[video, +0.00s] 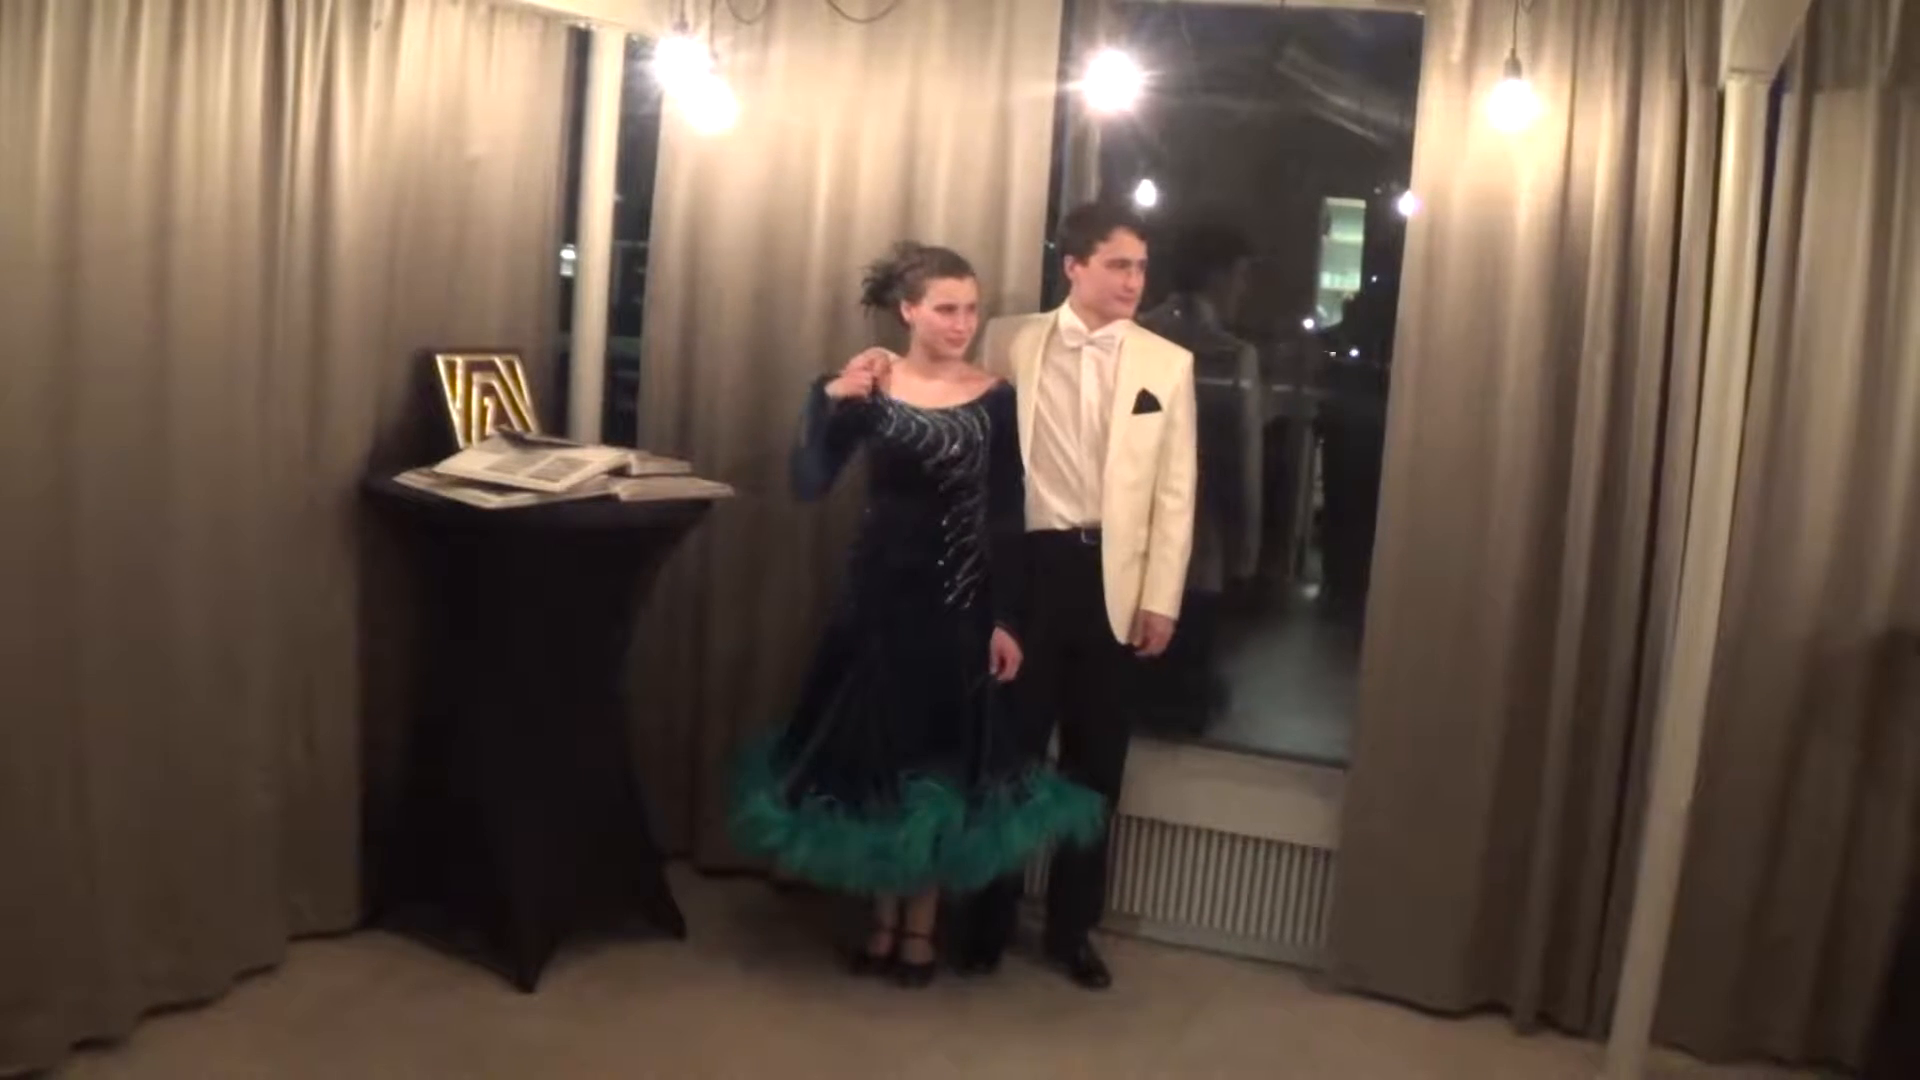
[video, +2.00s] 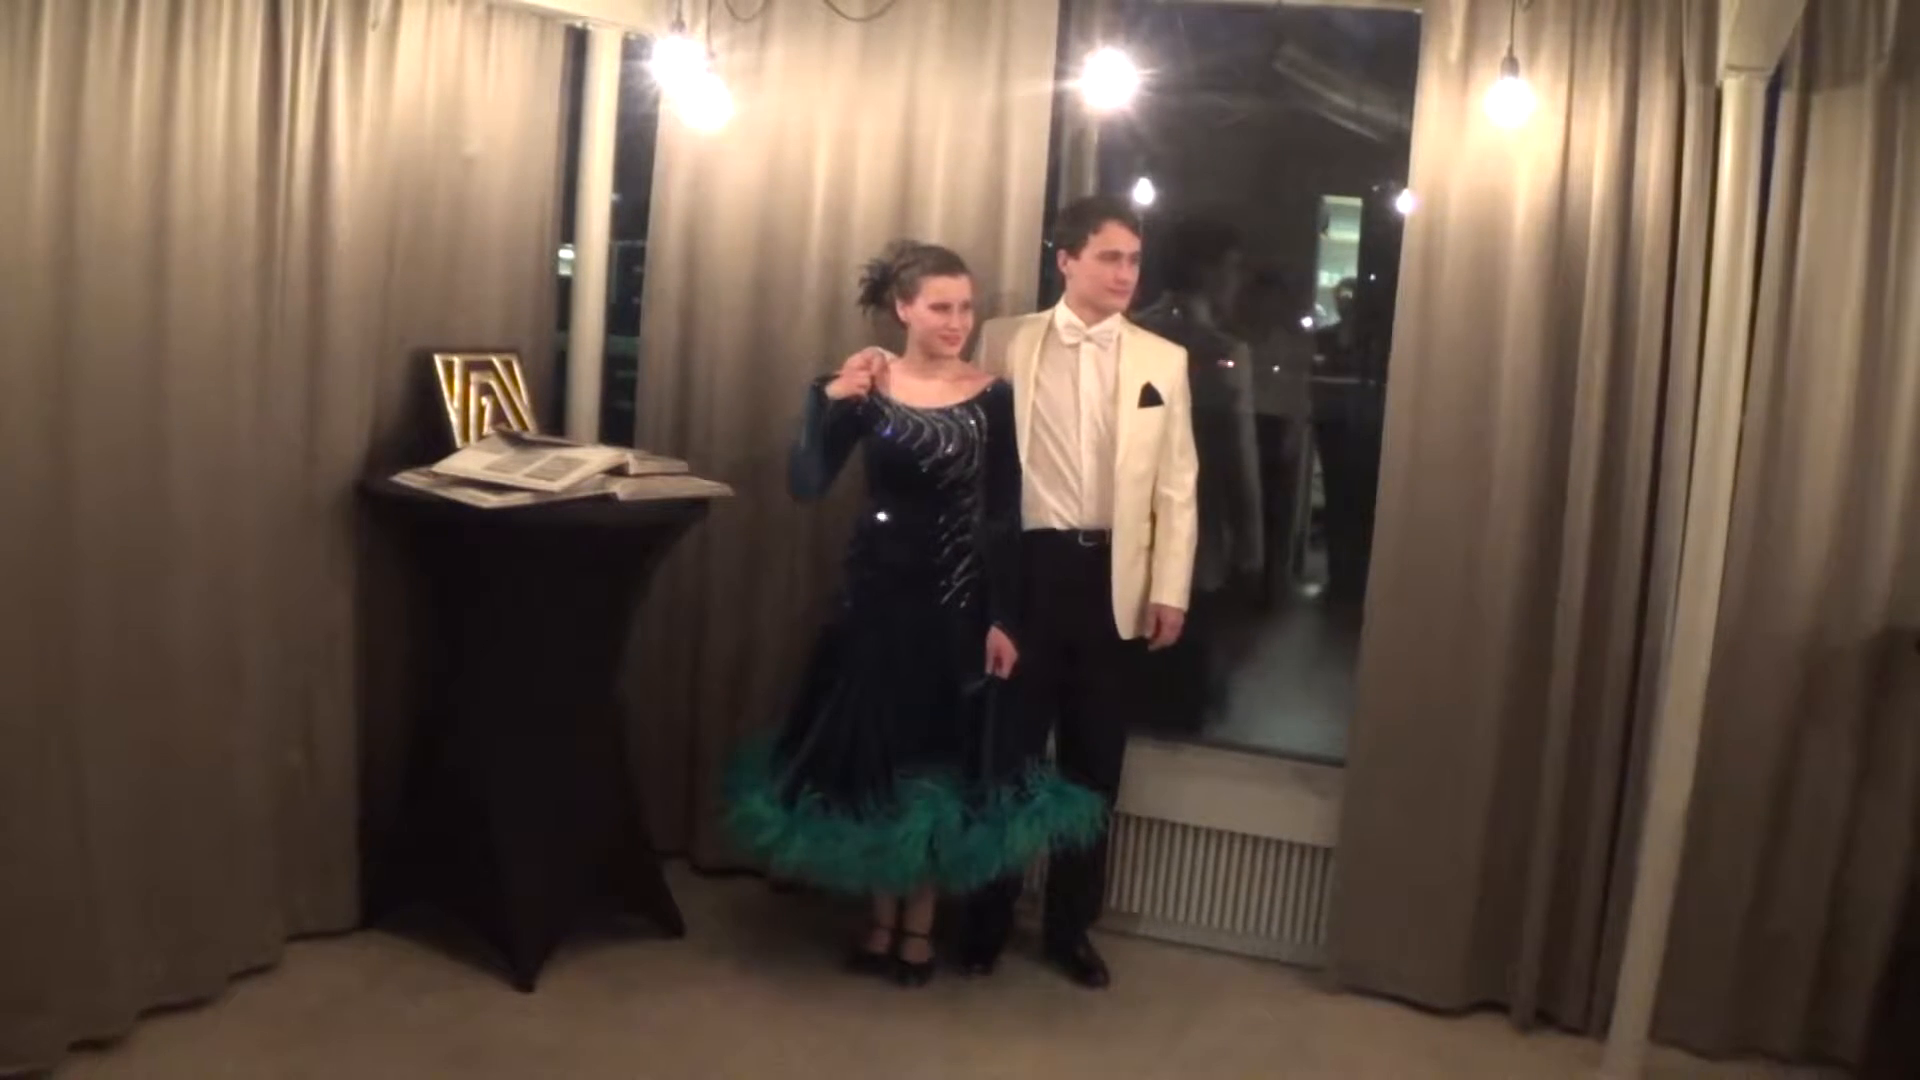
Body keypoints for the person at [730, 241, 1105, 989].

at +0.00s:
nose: (960, 323)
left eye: (970, 309)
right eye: (944, 309)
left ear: (981, 315)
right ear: (905, 312)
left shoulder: (994, 398)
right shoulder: (874, 385)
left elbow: (1006, 515)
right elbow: (810, 480)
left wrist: (1006, 618)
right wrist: (833, 398)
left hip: (961, 598)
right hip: (885, 591)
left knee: (941, 753)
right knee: (882, 747)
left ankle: (923, 910)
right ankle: (881, 907)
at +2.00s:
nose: (955, 322)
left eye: (965, 308)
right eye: (939, 307)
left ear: (977, 313)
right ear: (900, 310)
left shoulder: (991, 396)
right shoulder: (870, 384)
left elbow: (1003, 513)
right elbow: (809, 481)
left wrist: (1003, 617)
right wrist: (832, 397)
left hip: (959, 596)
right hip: (884, 590)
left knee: (939, 752)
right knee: (880, 748)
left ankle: (921, 913)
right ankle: (879, 908)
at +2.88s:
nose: (954, 336)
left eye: (963, 319)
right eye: (936, 323)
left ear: (977, 316)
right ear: (902, 327)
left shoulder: (996, 395)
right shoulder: (881, 390)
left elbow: (1017, 507)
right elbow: (791, 460)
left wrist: (1029, 610)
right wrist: (841, 385)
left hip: (971, 600)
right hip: (895, 595)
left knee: (944, 753)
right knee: (884, 747)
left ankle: (918, 912)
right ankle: (874, 898)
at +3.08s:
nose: (945, 361)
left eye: (950, 341)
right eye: (924, 351)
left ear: (962, 331)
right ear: (892, 354)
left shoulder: (995, 415)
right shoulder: (876, 412)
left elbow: (1006, 516)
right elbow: (814, 505)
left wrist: (987, 567)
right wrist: (830, 425)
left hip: (960, 603)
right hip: (889, 598)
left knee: (938, 755)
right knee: (879, 742)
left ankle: (919, 912)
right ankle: (876, 889)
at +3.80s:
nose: (922, 336)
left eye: (930, 320)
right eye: (903, 325)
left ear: (943, 325)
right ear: (866, 336)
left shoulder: (971, 415)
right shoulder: (845, 408)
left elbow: (982, 529)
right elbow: (770, 495)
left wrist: (973, 625)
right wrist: (791, 423)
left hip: (941, 618)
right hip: (862, 611)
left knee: (935, 770)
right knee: (865, 777)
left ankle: (923, 920)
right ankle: (874, 955)